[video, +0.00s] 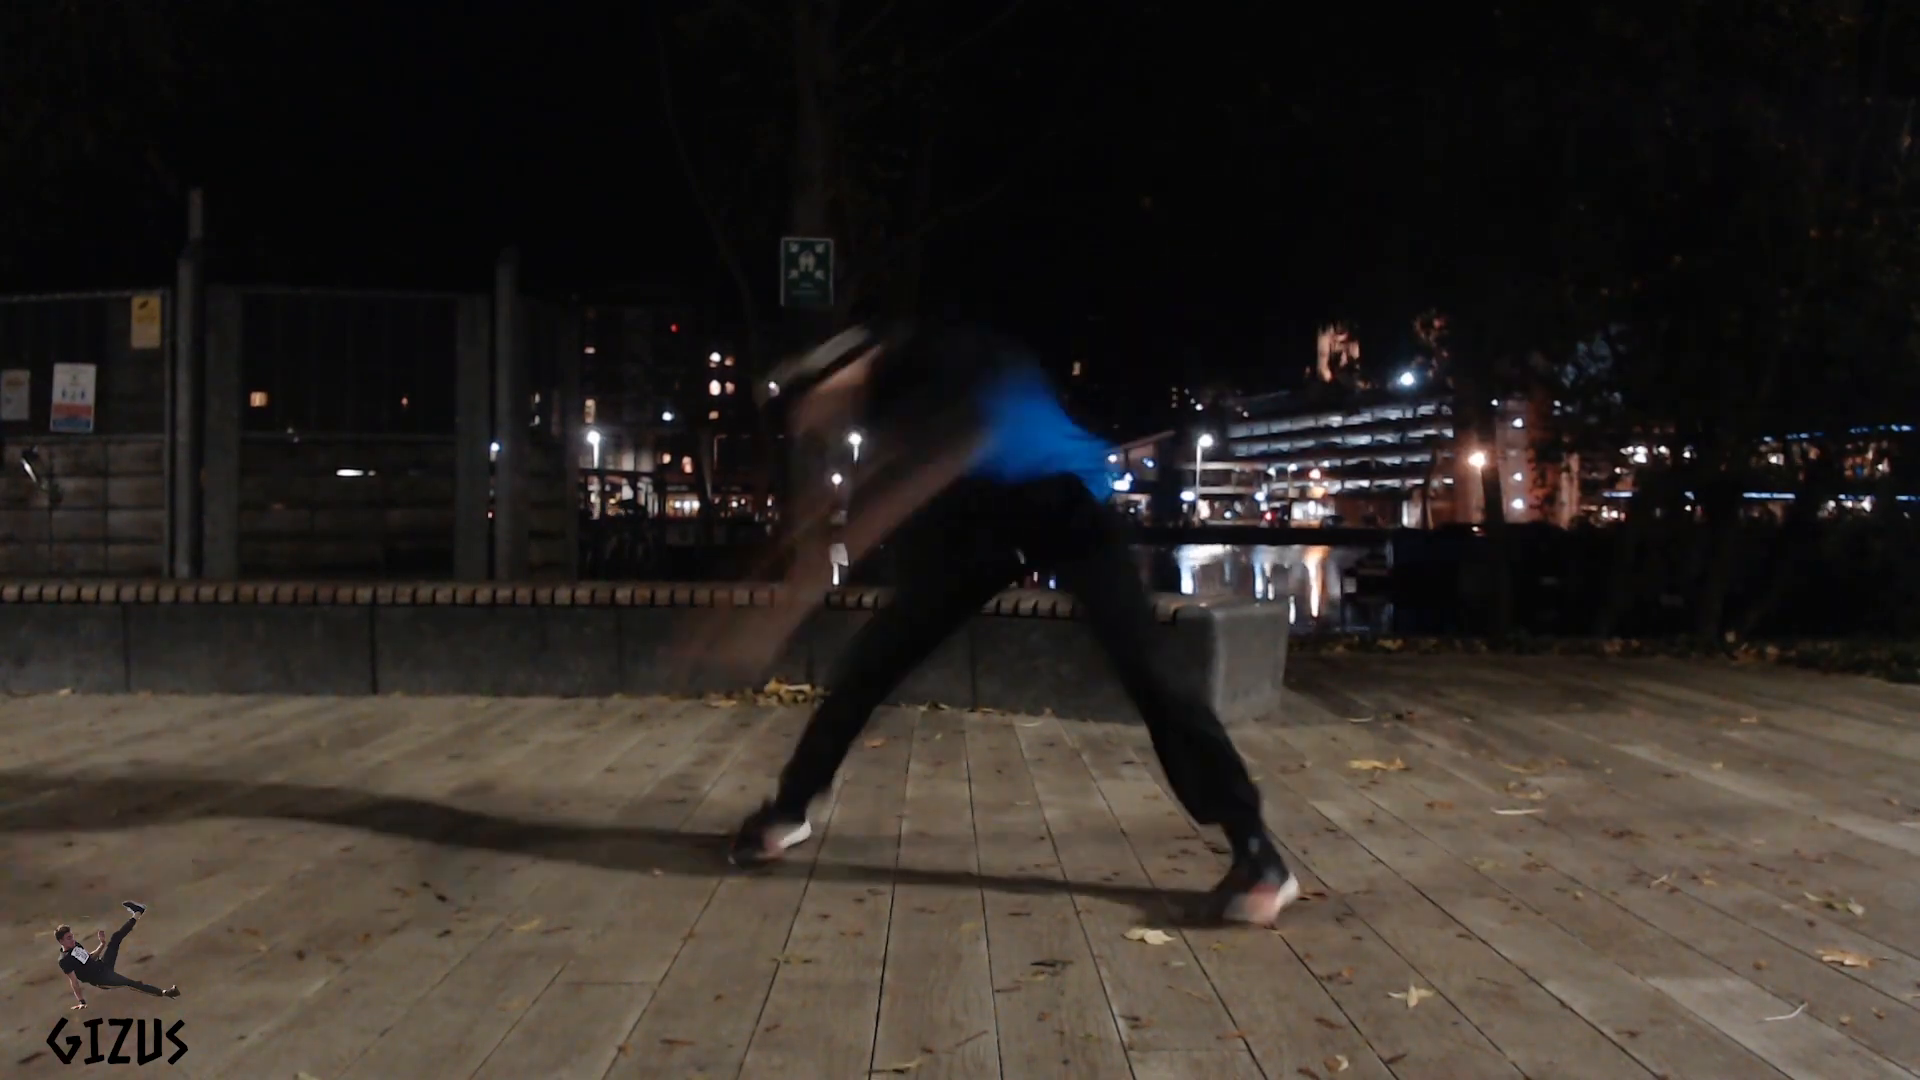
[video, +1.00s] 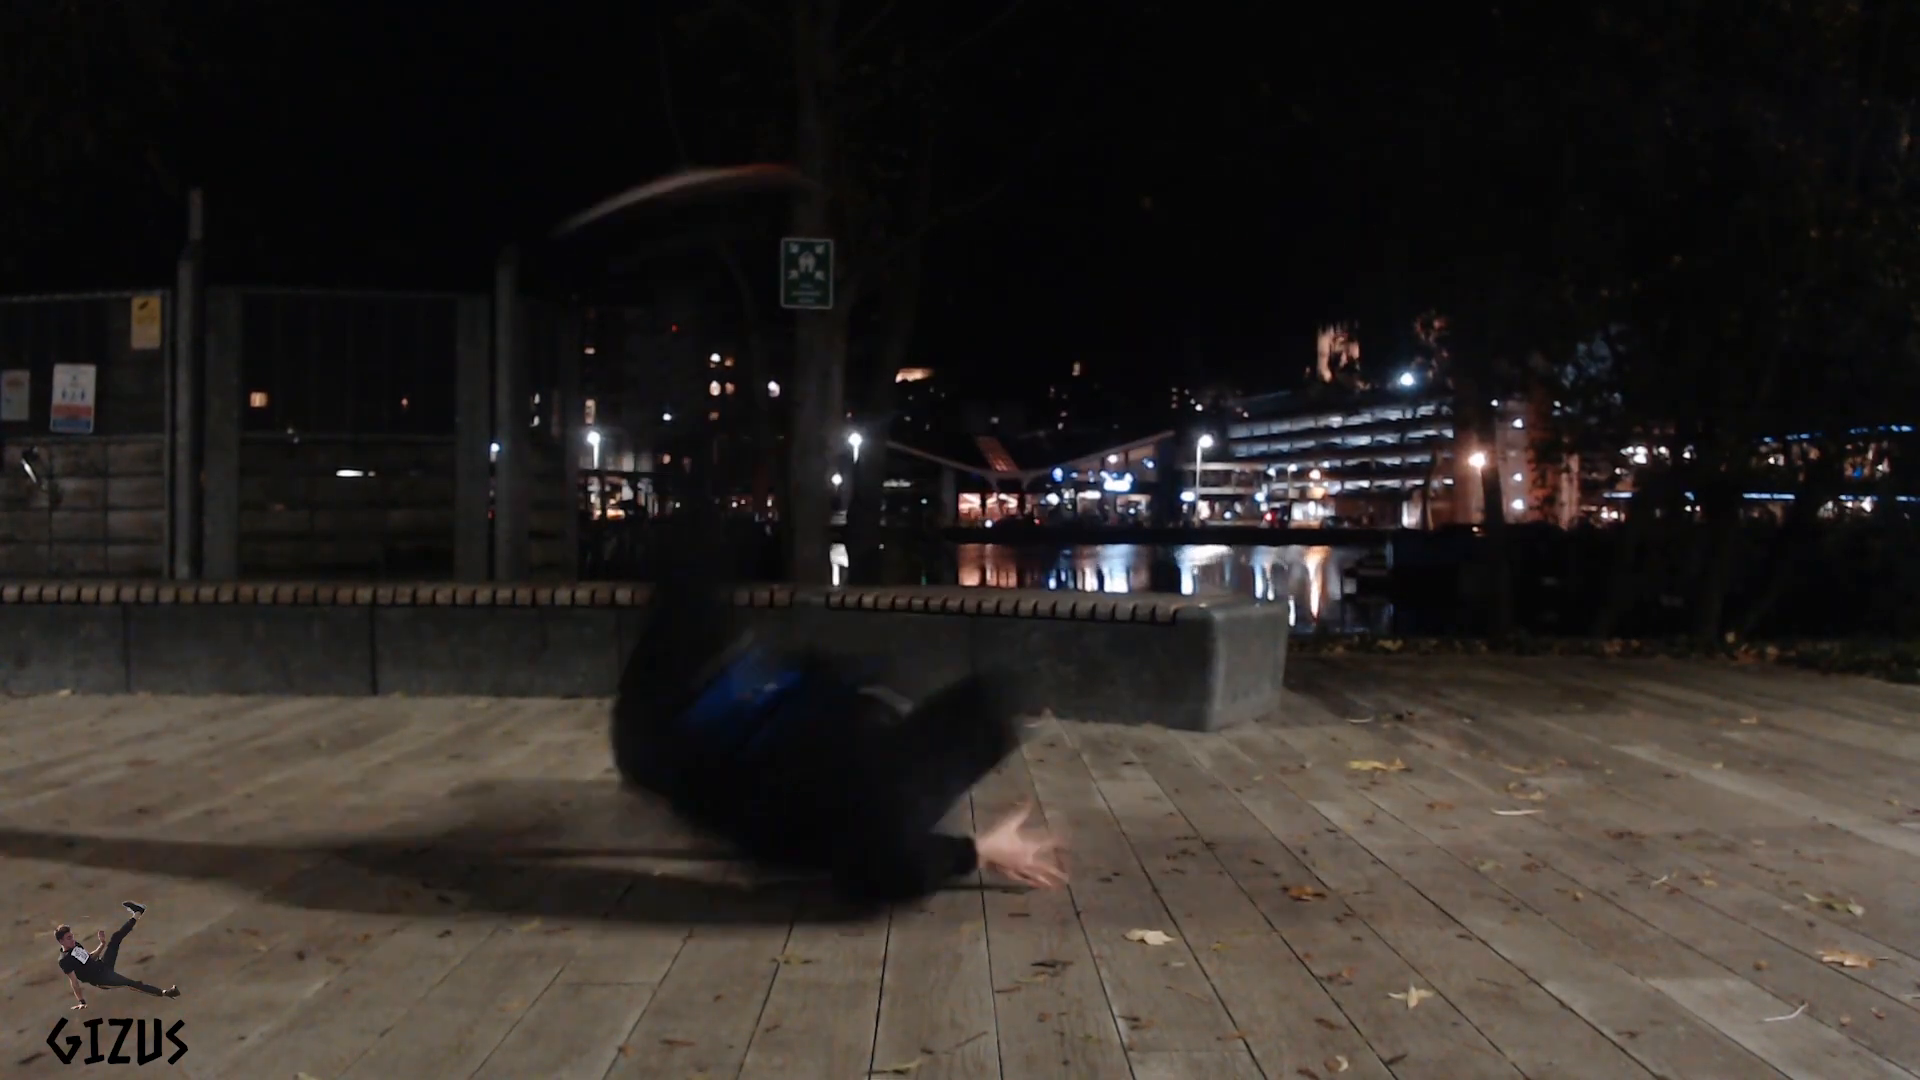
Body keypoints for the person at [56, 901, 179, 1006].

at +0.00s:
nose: (73, 939)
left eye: (72, 936)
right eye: (69, 938)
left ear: (71, 937)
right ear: (61, 942)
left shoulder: (76, 946)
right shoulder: (64, 960)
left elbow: (91, 957)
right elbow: (74, 982)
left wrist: (102, 944)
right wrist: (81, 1001)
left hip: (104, 964)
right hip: (102, 977)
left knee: (115, 939)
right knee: (132, 983)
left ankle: (136, 916)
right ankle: (164, 993)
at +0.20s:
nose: (73, 939)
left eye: (72, 936)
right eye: (69, 938)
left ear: (71, 936)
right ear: (61, 941)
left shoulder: (76, 946)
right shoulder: (64, 960)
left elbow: (91, 958)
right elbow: (74, 982)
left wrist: (102, 945)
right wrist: (81, 1001)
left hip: (104, 965)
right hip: (102, 978)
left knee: (115, 939)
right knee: (132, 983)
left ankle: (136, 916)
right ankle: (164, 993)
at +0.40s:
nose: (73, 939)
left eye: (72, 936)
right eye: (69, 938)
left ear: (71, 936)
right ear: (61, 941)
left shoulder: (76, 946)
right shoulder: (64, 960)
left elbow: (91, 958)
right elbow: (74, 982)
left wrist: (102, 945)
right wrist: (81, 1001)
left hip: (104, 965)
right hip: (102, 978)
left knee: (115, 939)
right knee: (132, 983)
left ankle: (136, 916)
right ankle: (164, 993)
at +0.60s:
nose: (73, 939)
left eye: (72, 936)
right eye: (69, 938)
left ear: (71, 936)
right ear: (61, 941)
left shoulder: (76, 946)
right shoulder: (64, 960)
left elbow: (91, 958)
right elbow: (74, 982)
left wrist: (102, 945)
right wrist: (81, 1001)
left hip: (104, 965)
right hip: (102, 978)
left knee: (115, 939)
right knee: (131, 983)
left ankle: (136, 916)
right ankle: (164, 993)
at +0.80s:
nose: (73, 939)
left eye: (72, 936)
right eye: (69, 938)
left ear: (71, 936)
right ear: (61, 941)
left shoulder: (76, 946)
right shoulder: (64, 960)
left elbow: (91, 958)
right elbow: (74, 982)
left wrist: (102, 945)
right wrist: (81, 1001)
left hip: (104, 965)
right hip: (102, 978)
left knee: (115, 939)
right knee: (133, 983)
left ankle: (136, 916)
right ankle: (164, 993)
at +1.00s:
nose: (73, 939)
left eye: (72, 936)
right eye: (69, 938)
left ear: (71, 936)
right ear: (61, 941)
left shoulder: (75, 946)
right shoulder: (64, 960)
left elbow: (91, 957)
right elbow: (74, 982)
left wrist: (102, 945)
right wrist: (81, 1002)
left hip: (104, 965)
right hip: (102, 978)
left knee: (115, 939)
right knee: (133, 983)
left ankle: (135, 917)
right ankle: (164, 993)